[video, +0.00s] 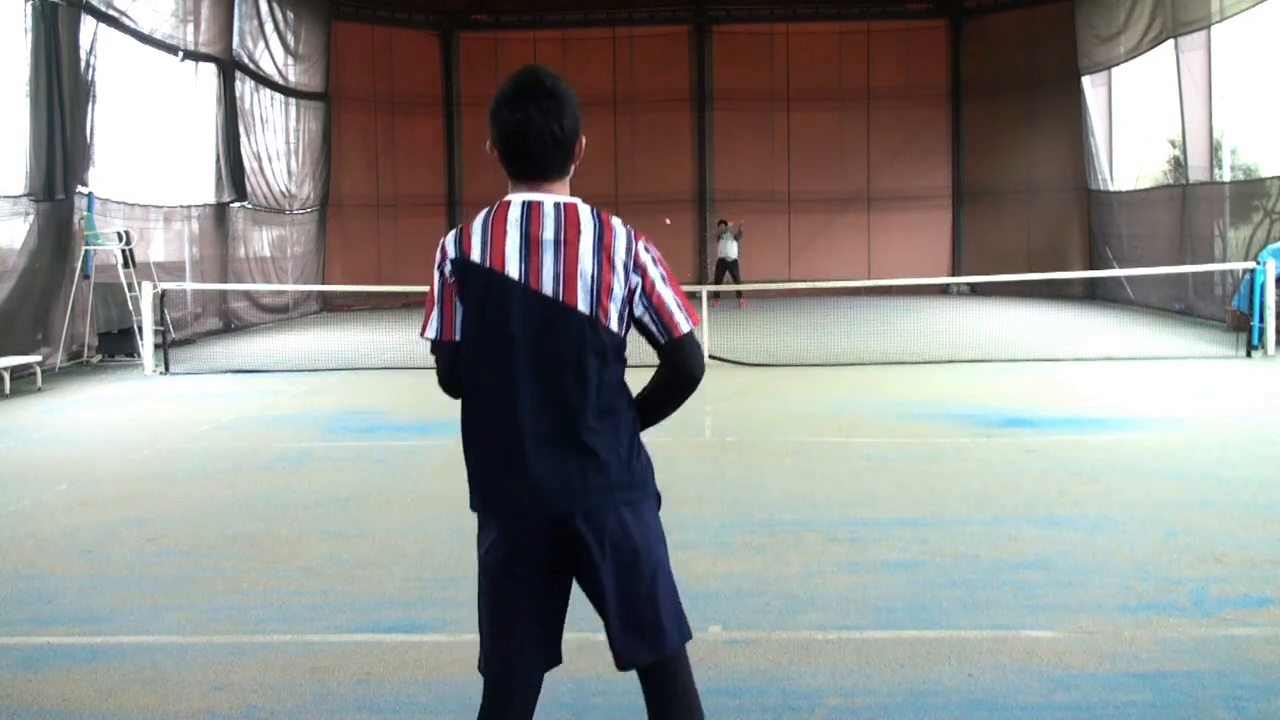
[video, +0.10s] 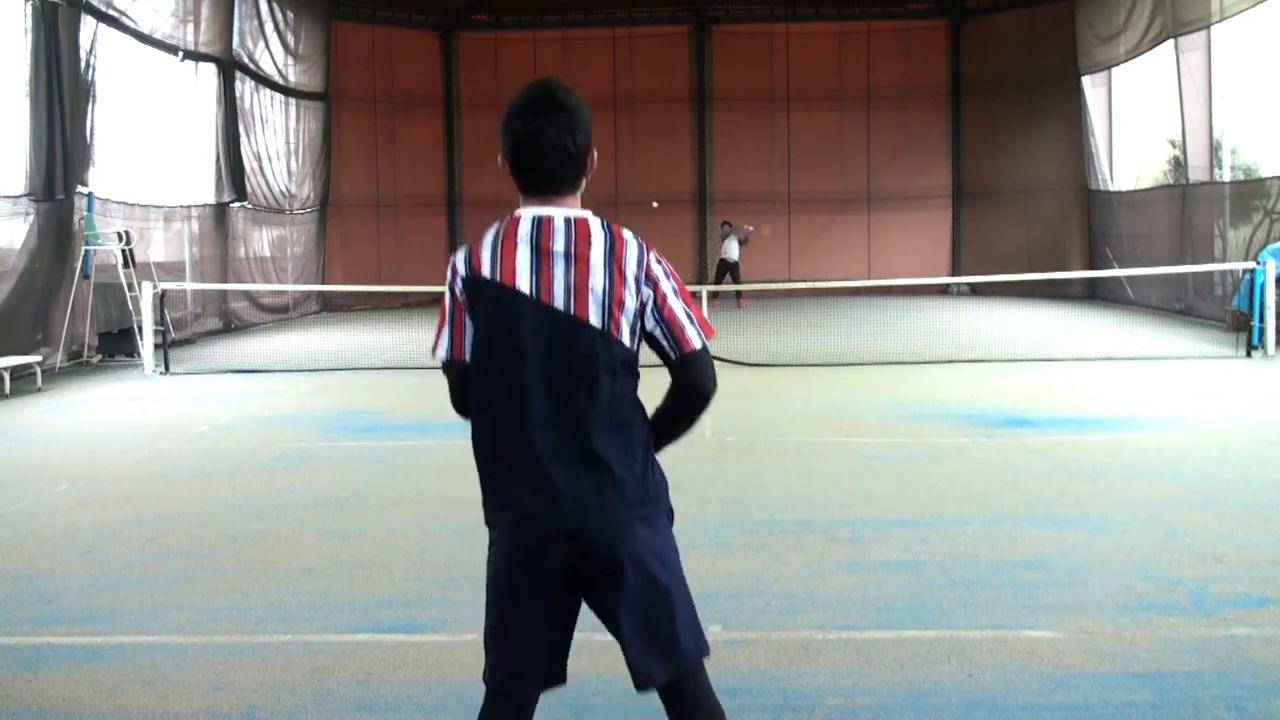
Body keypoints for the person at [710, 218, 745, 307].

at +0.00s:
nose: (721, 228)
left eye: (722, 226)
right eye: (720, 227)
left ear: (726, 227)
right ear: (718, 228)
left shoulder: (732, 235)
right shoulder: (719, 236)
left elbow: (738, 237)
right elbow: (718, 233)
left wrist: (740, 230)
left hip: (733, 259)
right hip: (722, 258)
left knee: (737, 279)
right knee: (717, 279)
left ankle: (740, 298)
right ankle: (716, 298)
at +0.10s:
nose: (725, 230)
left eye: (727, 228)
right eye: (724, 228)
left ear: (730, 228)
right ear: (722, 229)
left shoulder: (736, 238)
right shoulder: (723, 237)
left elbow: (744, 242)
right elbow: (730, 232)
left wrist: (747, 234)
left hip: (734, 261)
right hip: (724, 260)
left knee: (737, 281)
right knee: (718, 281)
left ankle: (739, 300)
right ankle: (714, 299)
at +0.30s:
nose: (734, 231)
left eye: (735, 229)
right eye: (732, 229)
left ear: (738, 230)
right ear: (730, 230)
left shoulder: (739, 240)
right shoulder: (732, 237)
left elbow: (741, 247)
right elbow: (741, 237)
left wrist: (746, 243)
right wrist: (749, 236)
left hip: (736, 263)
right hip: (727, 261)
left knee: (738, 283)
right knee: (720, 281)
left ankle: (739, 301)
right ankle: (713, 297)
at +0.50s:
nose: (736, 233)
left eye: (737, 231)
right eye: (734, 231)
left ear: (739, 232)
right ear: (731, 233)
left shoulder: (739, 243)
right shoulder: (732, 241)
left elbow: (741, 251)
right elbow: (739, 245)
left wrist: (747, 249)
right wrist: (747, 248)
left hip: (735, 265)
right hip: (727, 263)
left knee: (738, 283)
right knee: (721, 281)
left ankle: (738, 301)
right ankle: (713, 297)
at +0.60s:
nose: (734, 234)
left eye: (735, 232)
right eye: (732, 232)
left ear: (738, 233)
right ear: (729, 233)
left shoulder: (738, 243)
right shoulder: (729, 243)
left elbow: (736, 253)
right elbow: (737, 253)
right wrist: (748, 256)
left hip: (734, 266)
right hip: (725, 265)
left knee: (738, 284)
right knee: (722, 283)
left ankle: (738, 301)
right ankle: (713, 298)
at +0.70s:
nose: (731, 233)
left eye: (733, 231)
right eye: (729, 231)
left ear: (735, 232)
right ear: (727, 233)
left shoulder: (736, 242)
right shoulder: (727, 242)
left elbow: (735, 253)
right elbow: (728, 254)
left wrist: (738, 258)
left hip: (731, 264)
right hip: (723, 264)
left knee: (736, 282)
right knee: (721, 282)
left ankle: (738, 300)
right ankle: (715, 298)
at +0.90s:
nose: (725, 233)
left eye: (726, 231)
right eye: (723, 231)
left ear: (728, 233)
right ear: (720, 233)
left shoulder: (730, 243)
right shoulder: (717, 242)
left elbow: (730, 254)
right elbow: (717, 257)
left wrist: (740, 252)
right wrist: (728, 257)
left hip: (727, 265)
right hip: (717, 265)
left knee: (732, 283)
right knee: (718, 283)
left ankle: (732, 301)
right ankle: (715, 300)